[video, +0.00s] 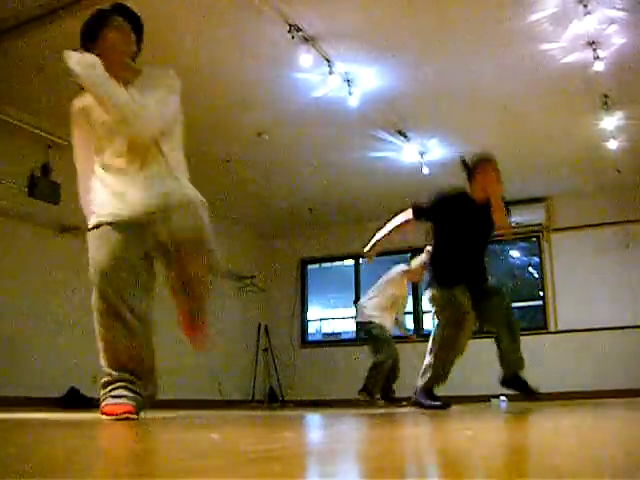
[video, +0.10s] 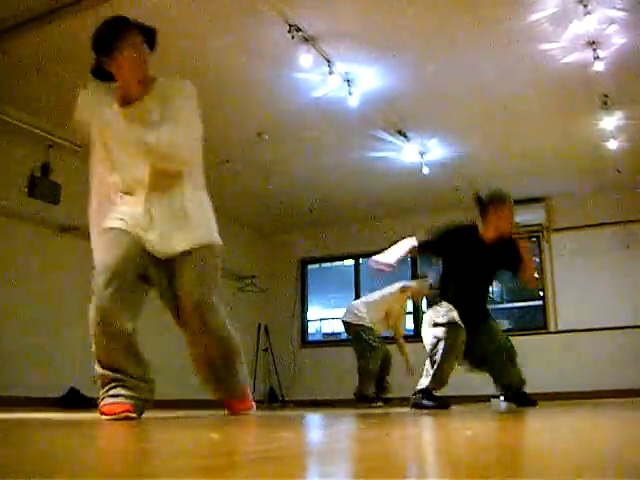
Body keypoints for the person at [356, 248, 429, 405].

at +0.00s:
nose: (421, 276)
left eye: (423, 272)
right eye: (421, 270)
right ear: (414, 267)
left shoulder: (403, 288)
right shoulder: (400, 271)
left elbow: (397, 316)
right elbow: (413, 269)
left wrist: (406, 333)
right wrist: (425, 256)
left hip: (380, 321)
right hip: (369, 318)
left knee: (392, 358)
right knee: (385, 355)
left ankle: (387, 392)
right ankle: (368, 391)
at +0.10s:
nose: (420, 299)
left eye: (423, 296)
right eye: (421, 294)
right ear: (417, 289)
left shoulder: (399, 308)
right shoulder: (401, 290)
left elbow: (398, 336)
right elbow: (404, 287)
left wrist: (407, 360)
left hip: (366, 323)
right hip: (356, 318)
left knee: (384, 355)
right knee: (373, 354)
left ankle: (380, 391)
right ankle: (365, 393)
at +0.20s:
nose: (421, 318)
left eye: (424, 315)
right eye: (422, 313)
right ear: (416, 308)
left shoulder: (398, 328)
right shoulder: (398, 305)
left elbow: (397, 357)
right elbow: (391, 298)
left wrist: (398, 386)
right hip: (351, 321)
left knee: (372, 361)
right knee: (371, 355)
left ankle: (337, 384)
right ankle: (363, 396)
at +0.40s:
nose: (409, 344)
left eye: (413, 343)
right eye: (412, 340)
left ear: (409, 336)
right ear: (408, 331)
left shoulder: (394, 342)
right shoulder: (393, 324)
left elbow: (389, 368)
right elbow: (370, 326)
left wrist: (391, 397)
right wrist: (382, 347)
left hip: (342, 328)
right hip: (351, 327)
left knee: (323, 373)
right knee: (365, 357)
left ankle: (288, 394)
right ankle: (362, 395)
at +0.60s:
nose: (406, 348)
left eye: (409, 346)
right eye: (407, 344)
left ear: (405, 340)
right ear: (402, 336)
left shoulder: (393, 349)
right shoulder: (385, 335)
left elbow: (389, 372)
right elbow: (372, 365)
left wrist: (391, 396)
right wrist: (367, 394)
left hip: (345, 349)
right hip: (338, 337)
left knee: (322, 381)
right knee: (329, 369)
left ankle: (285, 398)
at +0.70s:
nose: (404, 350)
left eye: (407, 347)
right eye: (405, 346)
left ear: (401, 341)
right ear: (400, 339)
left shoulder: (390, 350)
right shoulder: (383, 340)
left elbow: (388, 373)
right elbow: (370, 371)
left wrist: (391, 396)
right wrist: (365, 398)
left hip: (345, 351)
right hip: (334, 337)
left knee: (333, 382)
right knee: (309, 368)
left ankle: (297, 394)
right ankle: (278, 379)